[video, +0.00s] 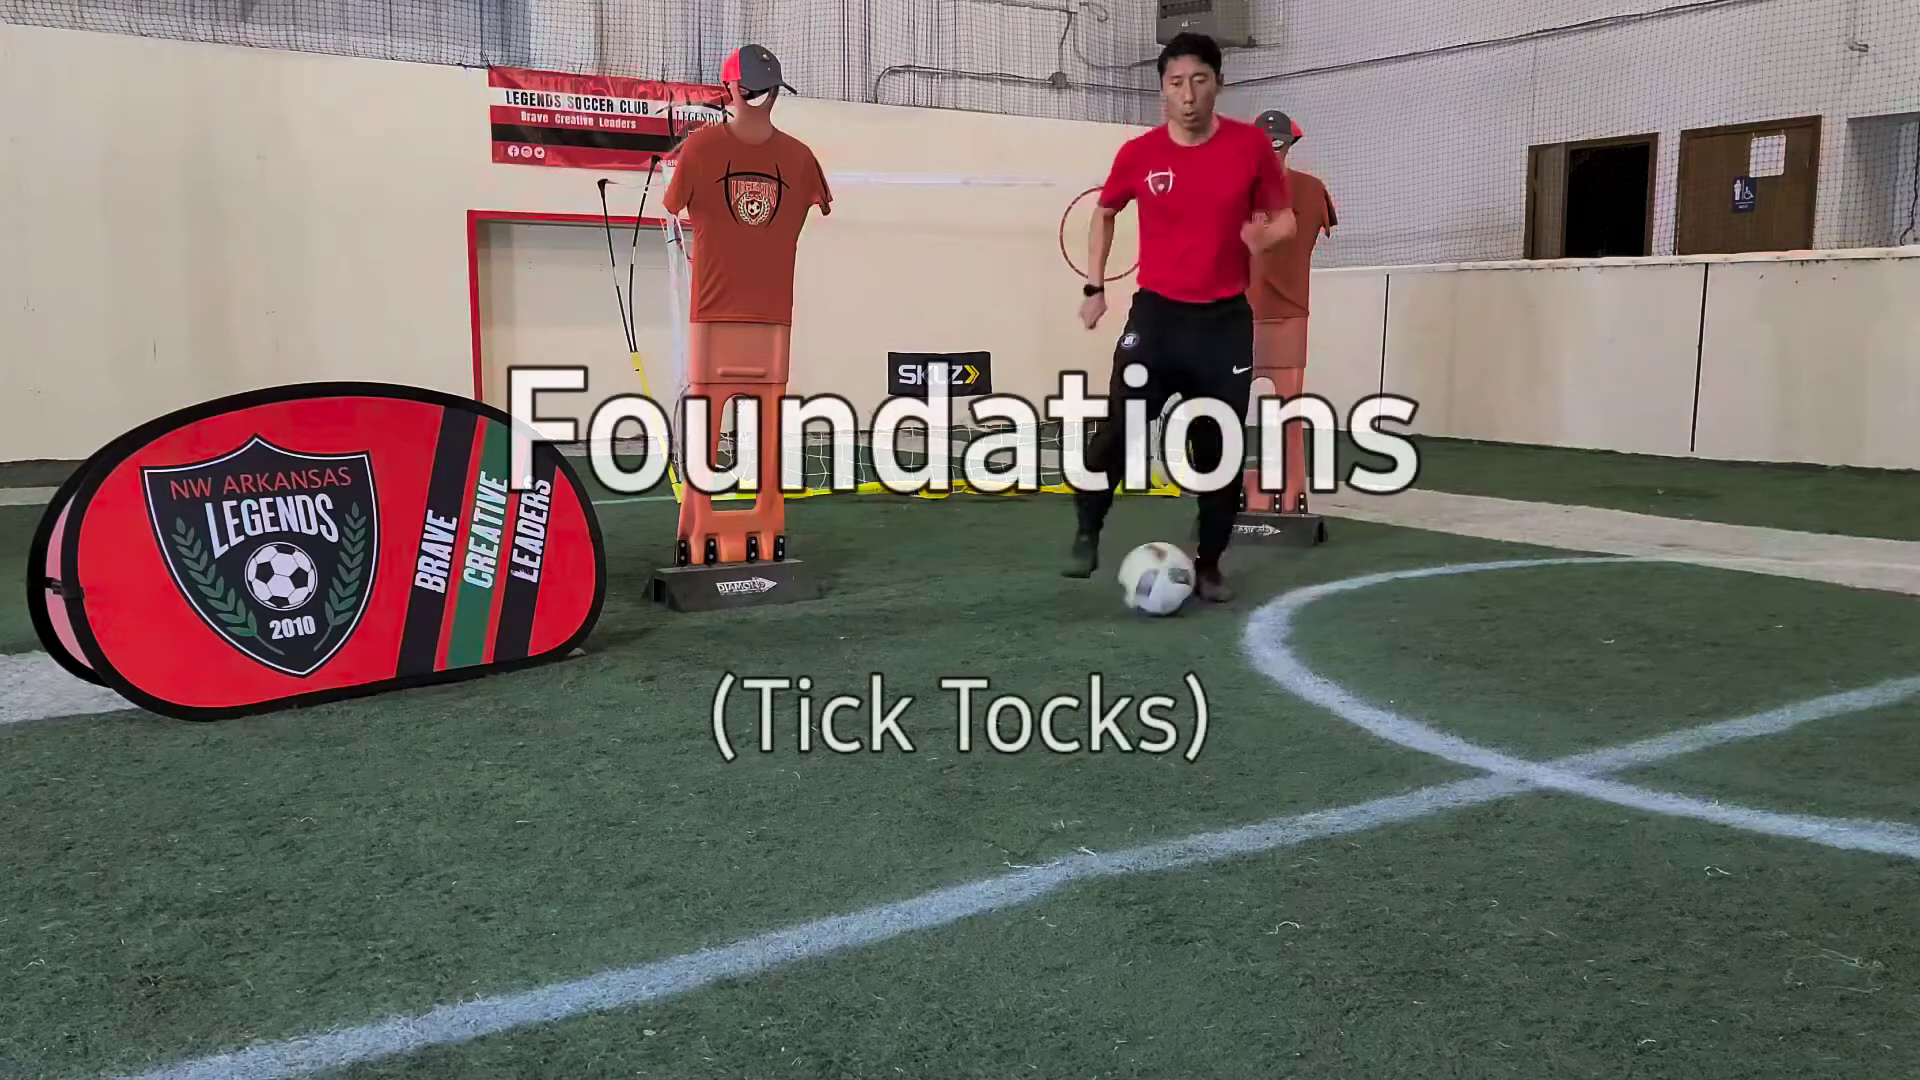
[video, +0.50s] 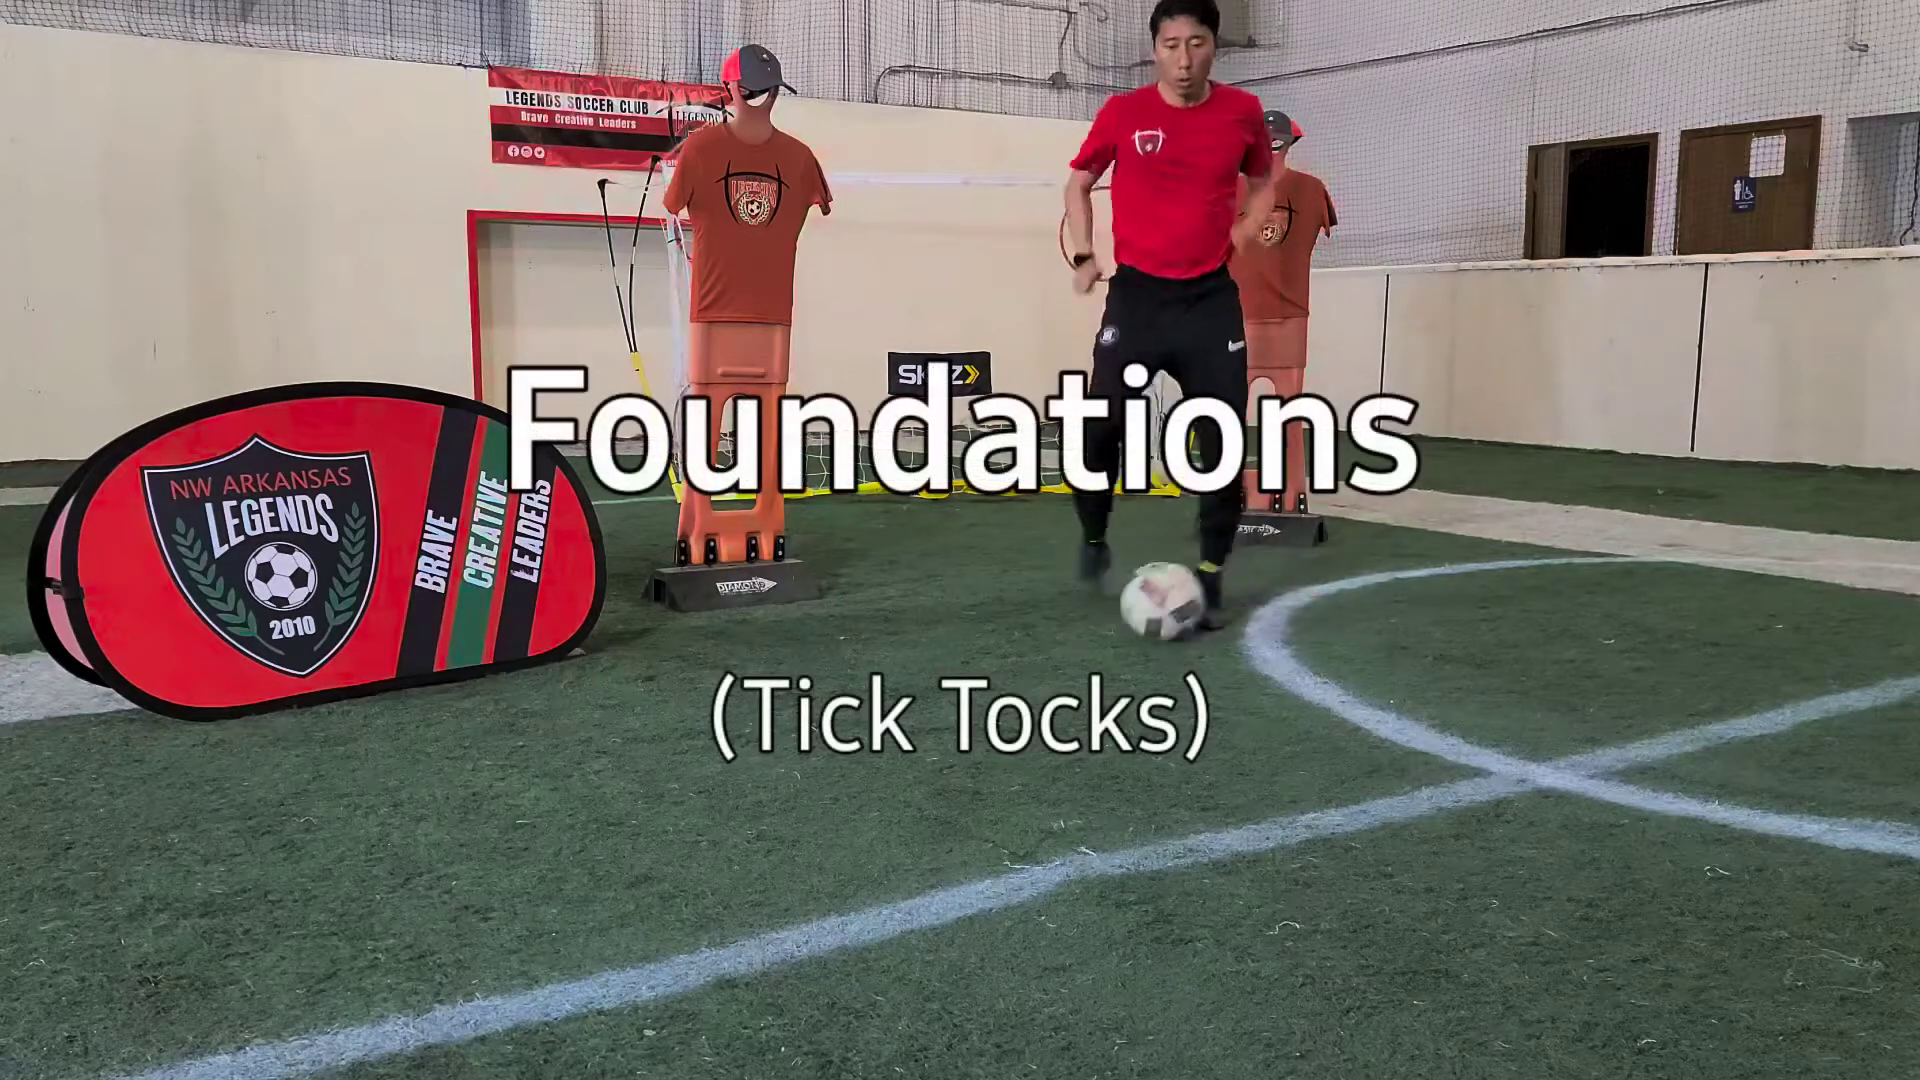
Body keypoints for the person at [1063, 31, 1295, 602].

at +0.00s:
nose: (1189, 93)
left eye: (1200, 81)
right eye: (1177, 82)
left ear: (1218, 86)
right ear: (1162, 90)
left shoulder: (1254, 145)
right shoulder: (1139, 152)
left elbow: (1286, 222)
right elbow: (1104, 213)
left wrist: (1263, 236)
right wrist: (1095, 286)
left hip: (1225, 318)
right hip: (1156, 313)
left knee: (1222, 446)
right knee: (1118, 428)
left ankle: (1208, 565)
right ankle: (1088, 529)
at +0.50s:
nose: (1184, 57)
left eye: (1196, 43)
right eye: (1171, 44)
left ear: (1215, 50)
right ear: (1154, 51)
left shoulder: (1242, 110)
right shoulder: (1123, 112)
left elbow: (1262, 175)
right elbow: (1079, 183)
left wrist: (1248, 220)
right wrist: (1083, 253)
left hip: (1211, 300)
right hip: (1135, 297)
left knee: (1223, 439)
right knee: (1098, 430)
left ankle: (1210, 581)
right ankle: (1094, 543)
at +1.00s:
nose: (1180, 36)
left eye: (1191, 22)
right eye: (1166, 23)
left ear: (1208, 27)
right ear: (1146, 29)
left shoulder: (1236, 98)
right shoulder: (1109, 98)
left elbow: (1248, 159)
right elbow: (1052, 187)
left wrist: (1257, 223)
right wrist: (1086, 187)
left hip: (1201, 299)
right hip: (1121, 302)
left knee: (1254, 442)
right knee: (1107, 456)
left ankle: (1281, 599)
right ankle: (1108, 591)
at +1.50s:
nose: (1185, 26)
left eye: (1199, 10)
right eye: (1170, 9)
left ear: (1218, 14)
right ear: (1147, 12)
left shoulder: (1246, 93)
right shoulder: (1101, 96)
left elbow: (1273, 175)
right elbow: (1057, 192)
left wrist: (1272, 256)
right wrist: (1077, 227)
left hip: (1217, 310)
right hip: (1127, 317)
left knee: (1289, 442)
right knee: (1129, 480)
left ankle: (1323, 591)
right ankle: (1123, 636)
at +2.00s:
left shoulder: (1262, 35)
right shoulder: (1096, 41)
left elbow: (1308, 142)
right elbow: (1078, 123)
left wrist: (1287, 204)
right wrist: (1067, 218)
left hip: (1222, 291)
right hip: (1121, 292)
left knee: (1277, 476)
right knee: (1096, 479)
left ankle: (1279, 632)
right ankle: (1093, 659)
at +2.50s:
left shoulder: (1311, 39)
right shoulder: (1128, 45)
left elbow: (1361, 146)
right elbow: (1064, 159)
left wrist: (1357, 219)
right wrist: (1042, 234)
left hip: (1251, 325)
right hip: (1137, 309)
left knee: (1257, 540)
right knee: (1048, 436)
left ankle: (1223, 739)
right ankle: (1041, 595)